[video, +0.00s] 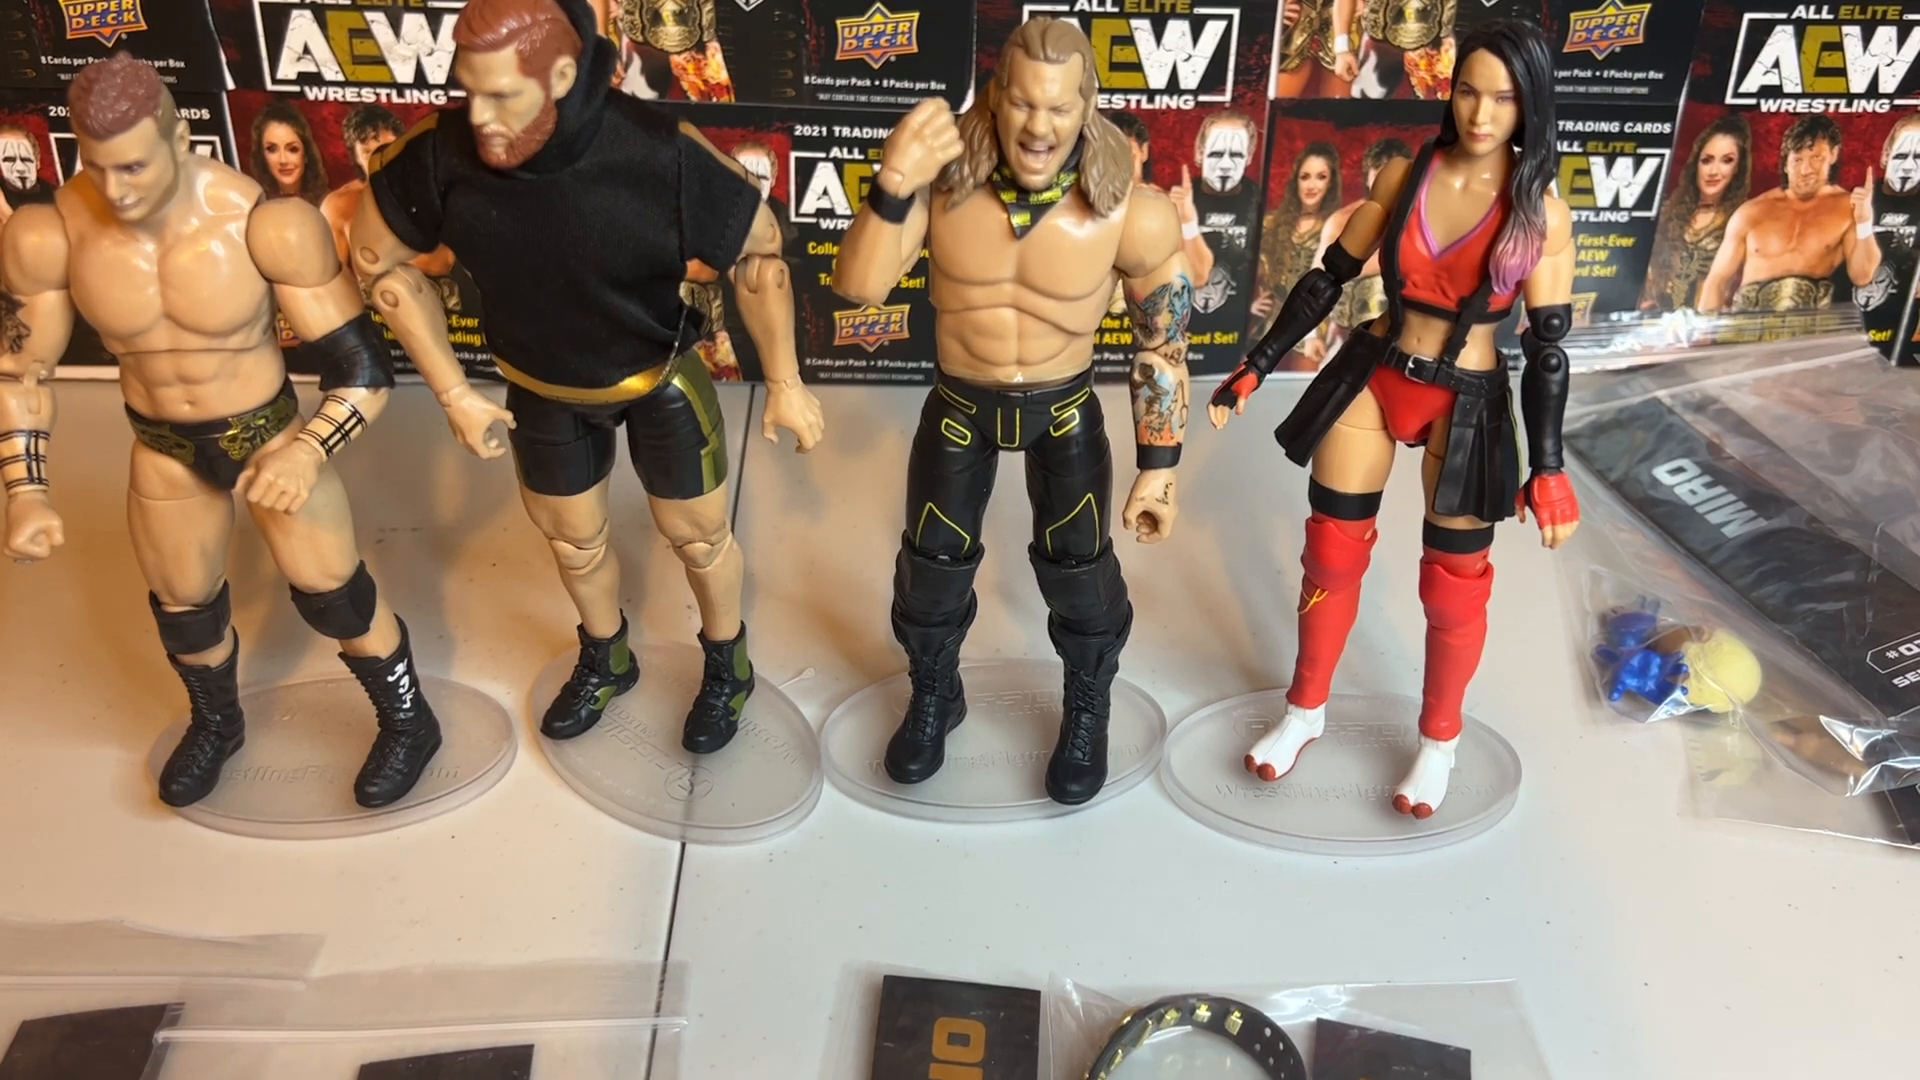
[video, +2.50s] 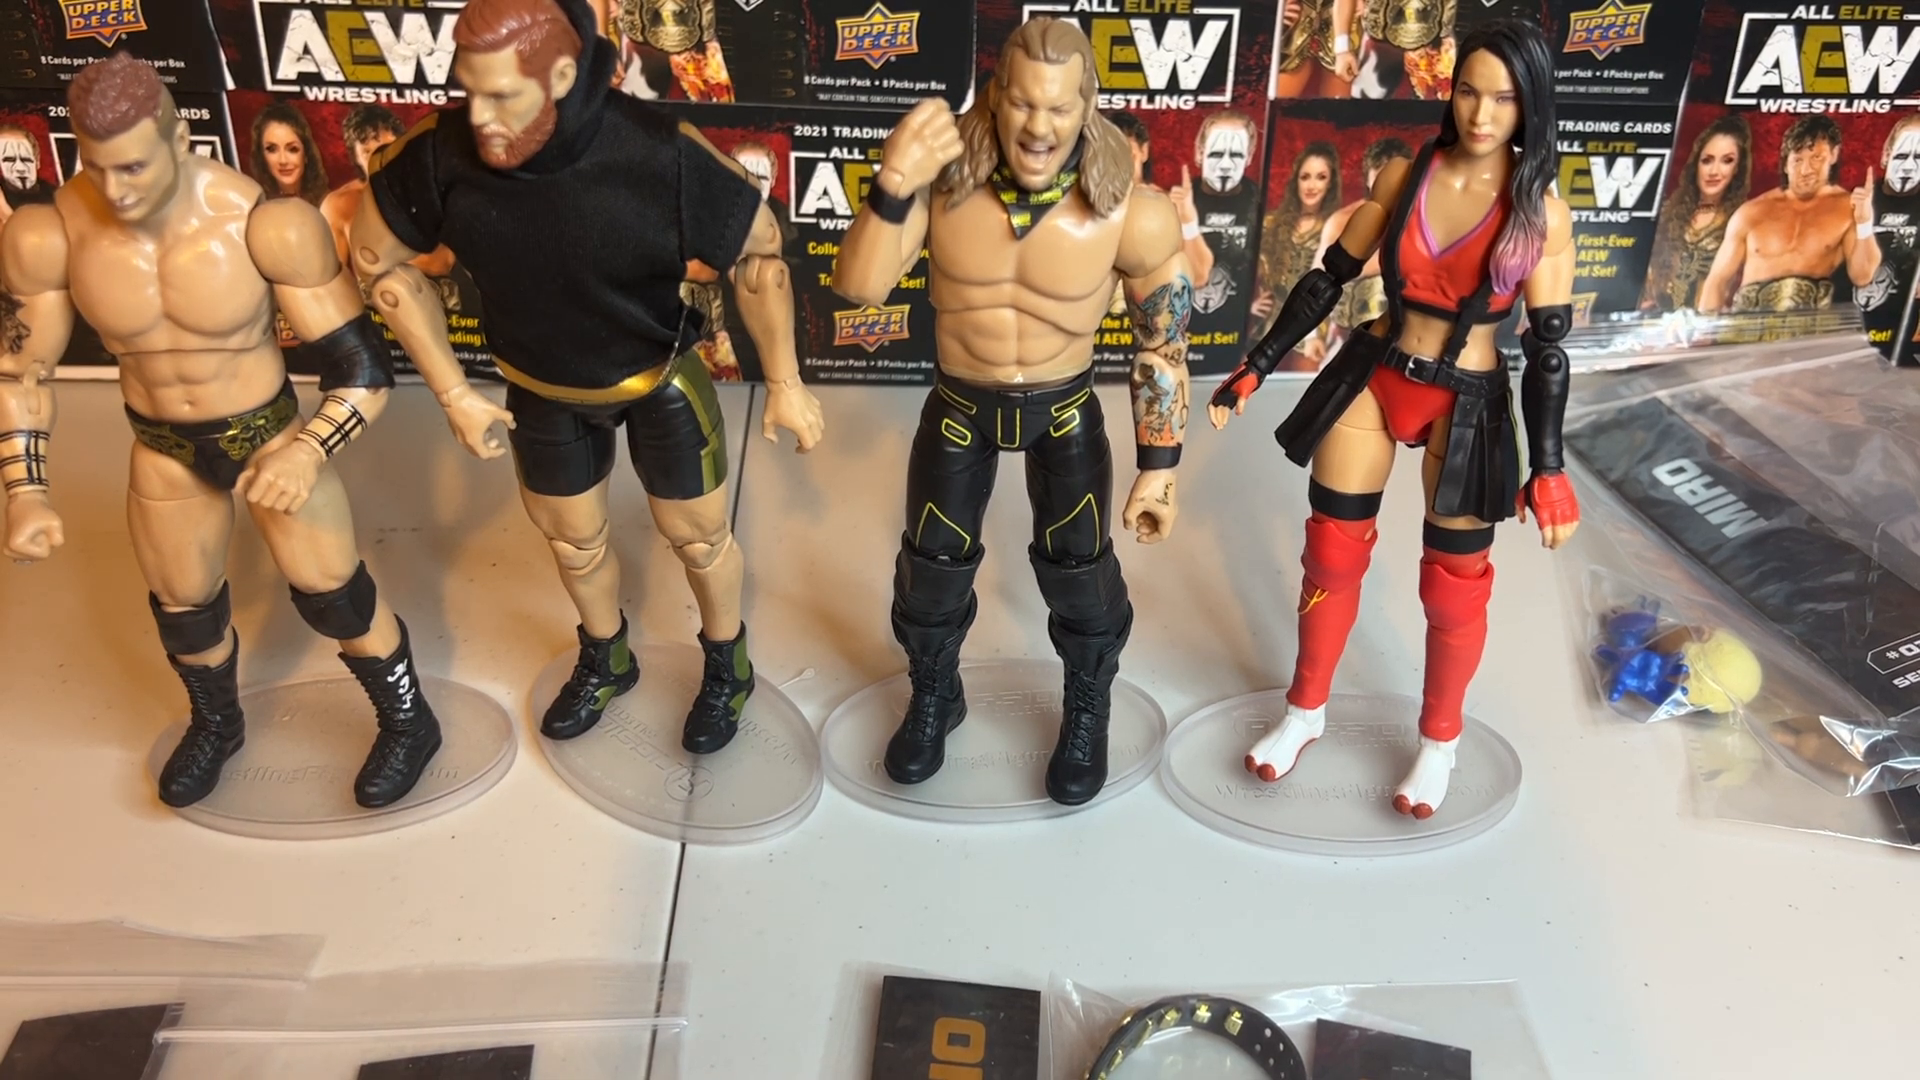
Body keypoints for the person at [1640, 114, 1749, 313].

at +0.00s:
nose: (1714, 171)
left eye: (1727, 160)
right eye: (1706, 160)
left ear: (1738, 168)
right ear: (1695, 164)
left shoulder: (1742, 219)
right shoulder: (1670, 213)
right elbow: (1653, 267)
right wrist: (1649, 299)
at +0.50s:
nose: (1714, 171)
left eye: (1727, 160)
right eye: (1706, 160)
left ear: (1739, 168)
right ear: (1695, 164)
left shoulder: (1743, 218)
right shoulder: (1671, 212)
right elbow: (1655, 265)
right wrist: (1649, 298)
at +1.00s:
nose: (1714, 171)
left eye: (1727, 161)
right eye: (1706, 160)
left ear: (1738, 168)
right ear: (1695, 164)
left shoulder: (1742, 219)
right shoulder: (1670, 213)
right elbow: (1655, 267)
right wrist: (1649, 299)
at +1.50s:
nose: (1714, 171)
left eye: (1727, 161)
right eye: (1707, 160)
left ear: (1739, 168)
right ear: (1695, 164)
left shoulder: (1742, 220)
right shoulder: (1670, 213)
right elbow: (1654, 267)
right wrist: (1649, 299)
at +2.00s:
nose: (1714, 171)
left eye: (1727, 160)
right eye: (1706, 160)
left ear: (1739, 167)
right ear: (1695, 164)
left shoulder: (1743, 219)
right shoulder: (1671, 212)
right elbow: (1654, 265)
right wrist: (1650, 299)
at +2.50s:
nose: (1714, 171)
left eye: (1727, 161)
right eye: (1707, 160)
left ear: (1738, 168)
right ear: (1695, 164)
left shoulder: (1743, 219)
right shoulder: (1670, 213)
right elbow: (1654, 266)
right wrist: (1650, 299)